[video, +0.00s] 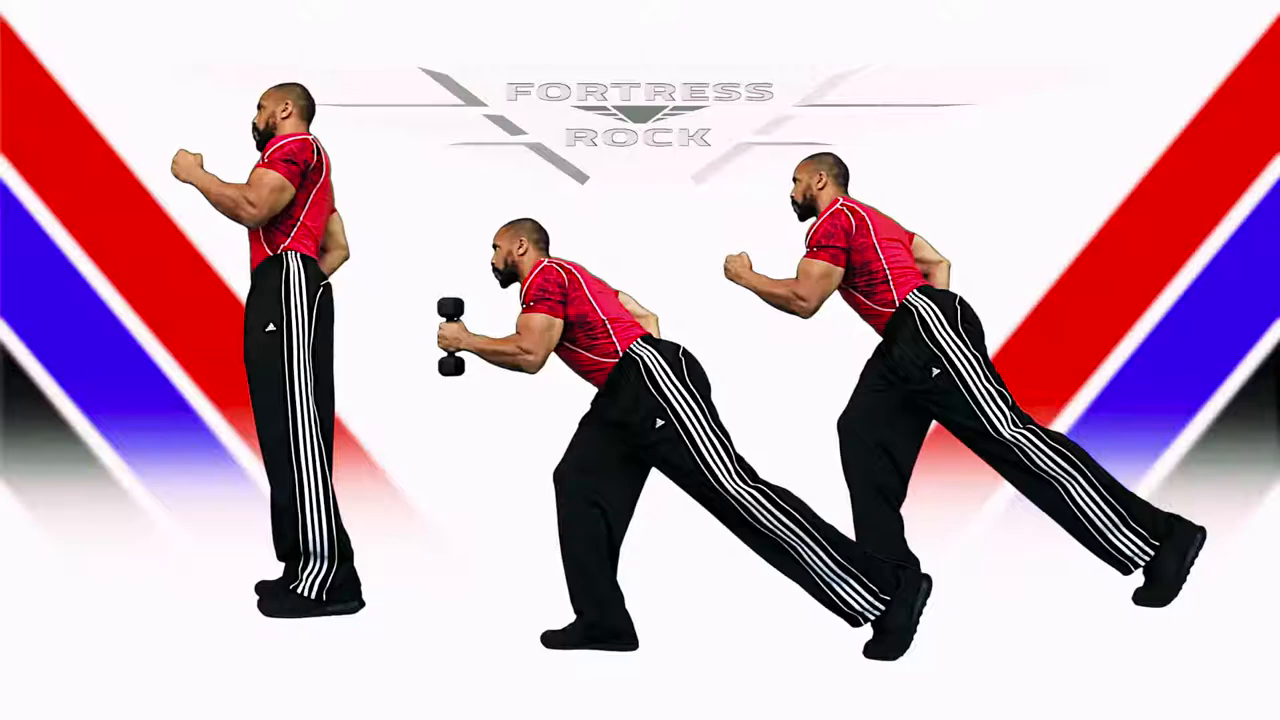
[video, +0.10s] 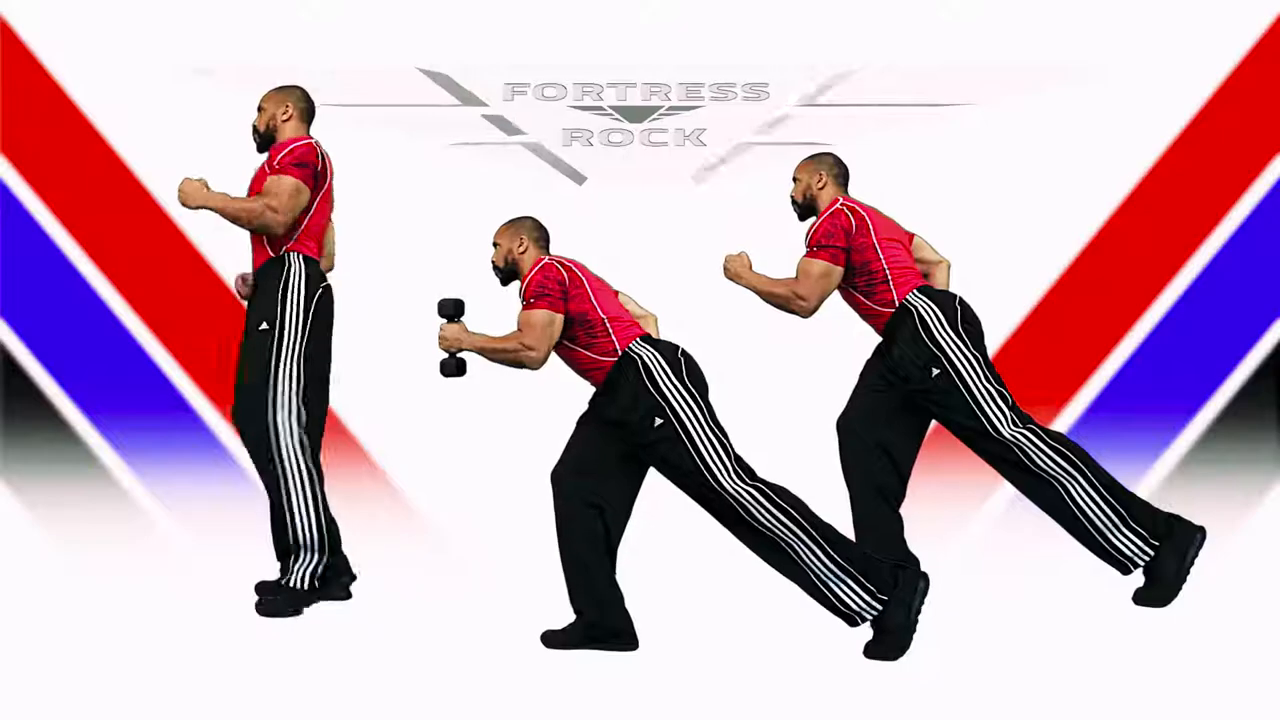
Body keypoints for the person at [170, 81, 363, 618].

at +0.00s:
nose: (254, 119)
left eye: (259, 109)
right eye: (255, 111)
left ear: (284, 109)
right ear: (294, 113)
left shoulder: (296, 146)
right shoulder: (306, 159)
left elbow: (255, 205)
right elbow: (334, 249)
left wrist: (196, 175)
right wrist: (283, 288)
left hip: (287, 291)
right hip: (290, 293)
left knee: (296, 435)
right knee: (290, 435)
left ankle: (322, 580)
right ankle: (309, 572)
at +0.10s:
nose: (254, 119)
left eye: (259, 110)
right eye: (256, 112)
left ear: (284, 112)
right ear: (291, 115)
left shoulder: (299, 150)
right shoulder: (294, 162)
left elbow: (275, 213)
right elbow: (321, 257)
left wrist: (209, 198)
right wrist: (262, 281)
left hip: (291, 287)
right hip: (282, 290)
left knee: (282, 420)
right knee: (254, 419)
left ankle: (307, 570)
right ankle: (319, 562)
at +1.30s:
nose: (258, 127)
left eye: (264, 117)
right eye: (259, 120)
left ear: (288, 120)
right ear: (288, 125)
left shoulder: (312, 155)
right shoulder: (278, 183)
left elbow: (359, 207)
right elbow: (237, 245)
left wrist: (301, 244)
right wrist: (203, 198)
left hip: (300, 279)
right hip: (292, 297)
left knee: (182, 285)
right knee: (288, 438)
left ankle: (188, 420)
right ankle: (315, 569)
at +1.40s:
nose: (256, 127)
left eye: (262, 118)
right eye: (258, 120)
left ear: (287, 120)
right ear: (288, 124)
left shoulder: (313, 155)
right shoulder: (279, 182)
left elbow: (354, 210)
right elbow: (239, 248)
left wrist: (293, 246)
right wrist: (203, 203)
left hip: (300, 278)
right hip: (292, 295)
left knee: (181, 298)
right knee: (288, 439)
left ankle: (193, 433)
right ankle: (315, 570)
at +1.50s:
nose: (257, 126)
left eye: (263, 117)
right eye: (260, 119)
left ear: (289, 118)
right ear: (291, 123)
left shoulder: (312, 157)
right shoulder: (281, 179)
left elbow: (334, 219)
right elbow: (258, 263)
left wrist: (261, 241)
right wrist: (207, 228)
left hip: (300, 282)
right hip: (293, 298)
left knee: (188, 330)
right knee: (285, 439)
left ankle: (217, 469)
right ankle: (315, 572)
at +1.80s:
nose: (257, 122)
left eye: (263, 112)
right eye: (259, 115)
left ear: (286, 111)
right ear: (298, 117)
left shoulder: (301, 151)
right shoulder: (306, 164)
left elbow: (243, 205)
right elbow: (333, 253)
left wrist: (196, 160)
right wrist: (292, 301)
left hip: (294, 290)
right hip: (293, 292)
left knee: (274, 425)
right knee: (275, 426)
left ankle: (301, 574)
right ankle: (322, 564)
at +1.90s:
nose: (256, 118)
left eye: (262, 108)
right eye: (259, 110)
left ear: (286, 109)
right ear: (295, 114)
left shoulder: (299, 150)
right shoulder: (306, 161)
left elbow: (231, 198)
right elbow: (340, 245)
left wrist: (199, 142)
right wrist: (297, 292)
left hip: (291, 289)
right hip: (298, 291)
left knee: (296, 435)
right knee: (300, 435)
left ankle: (310, 582)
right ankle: (323, 575)